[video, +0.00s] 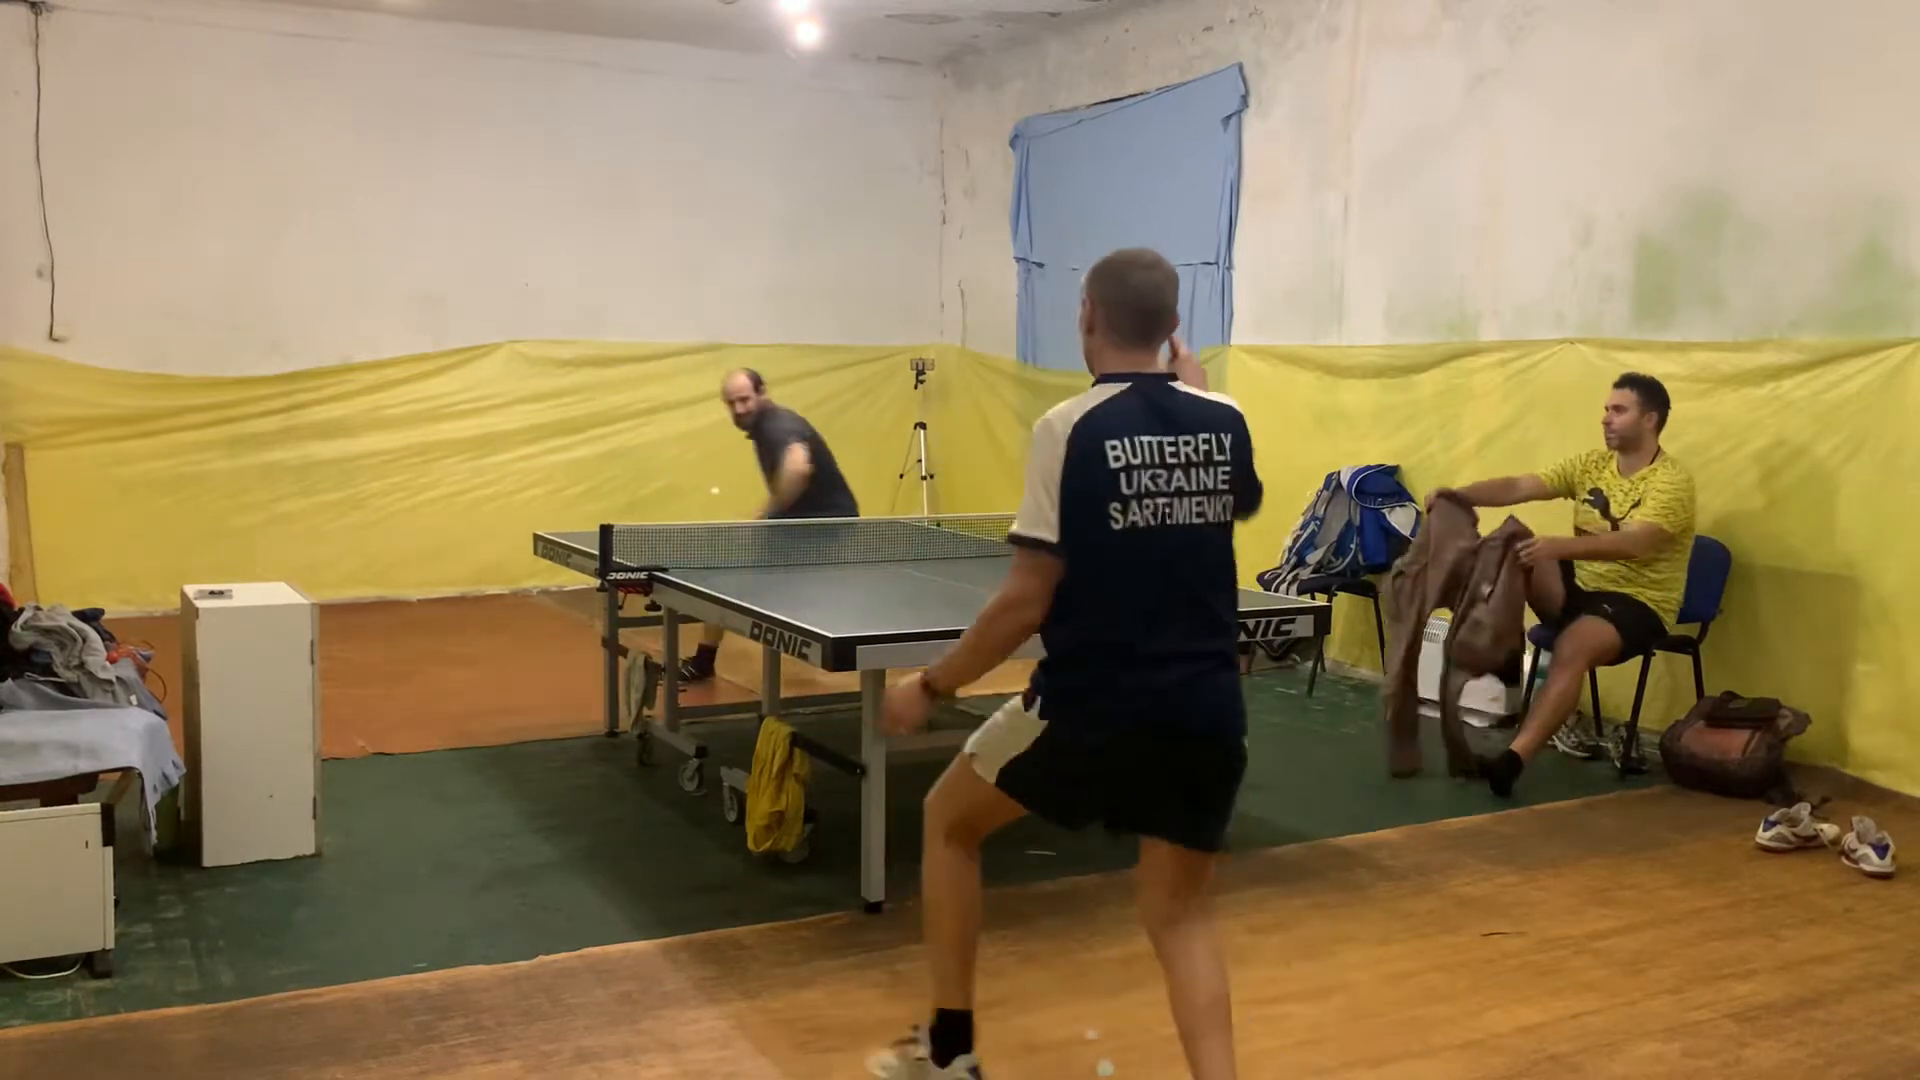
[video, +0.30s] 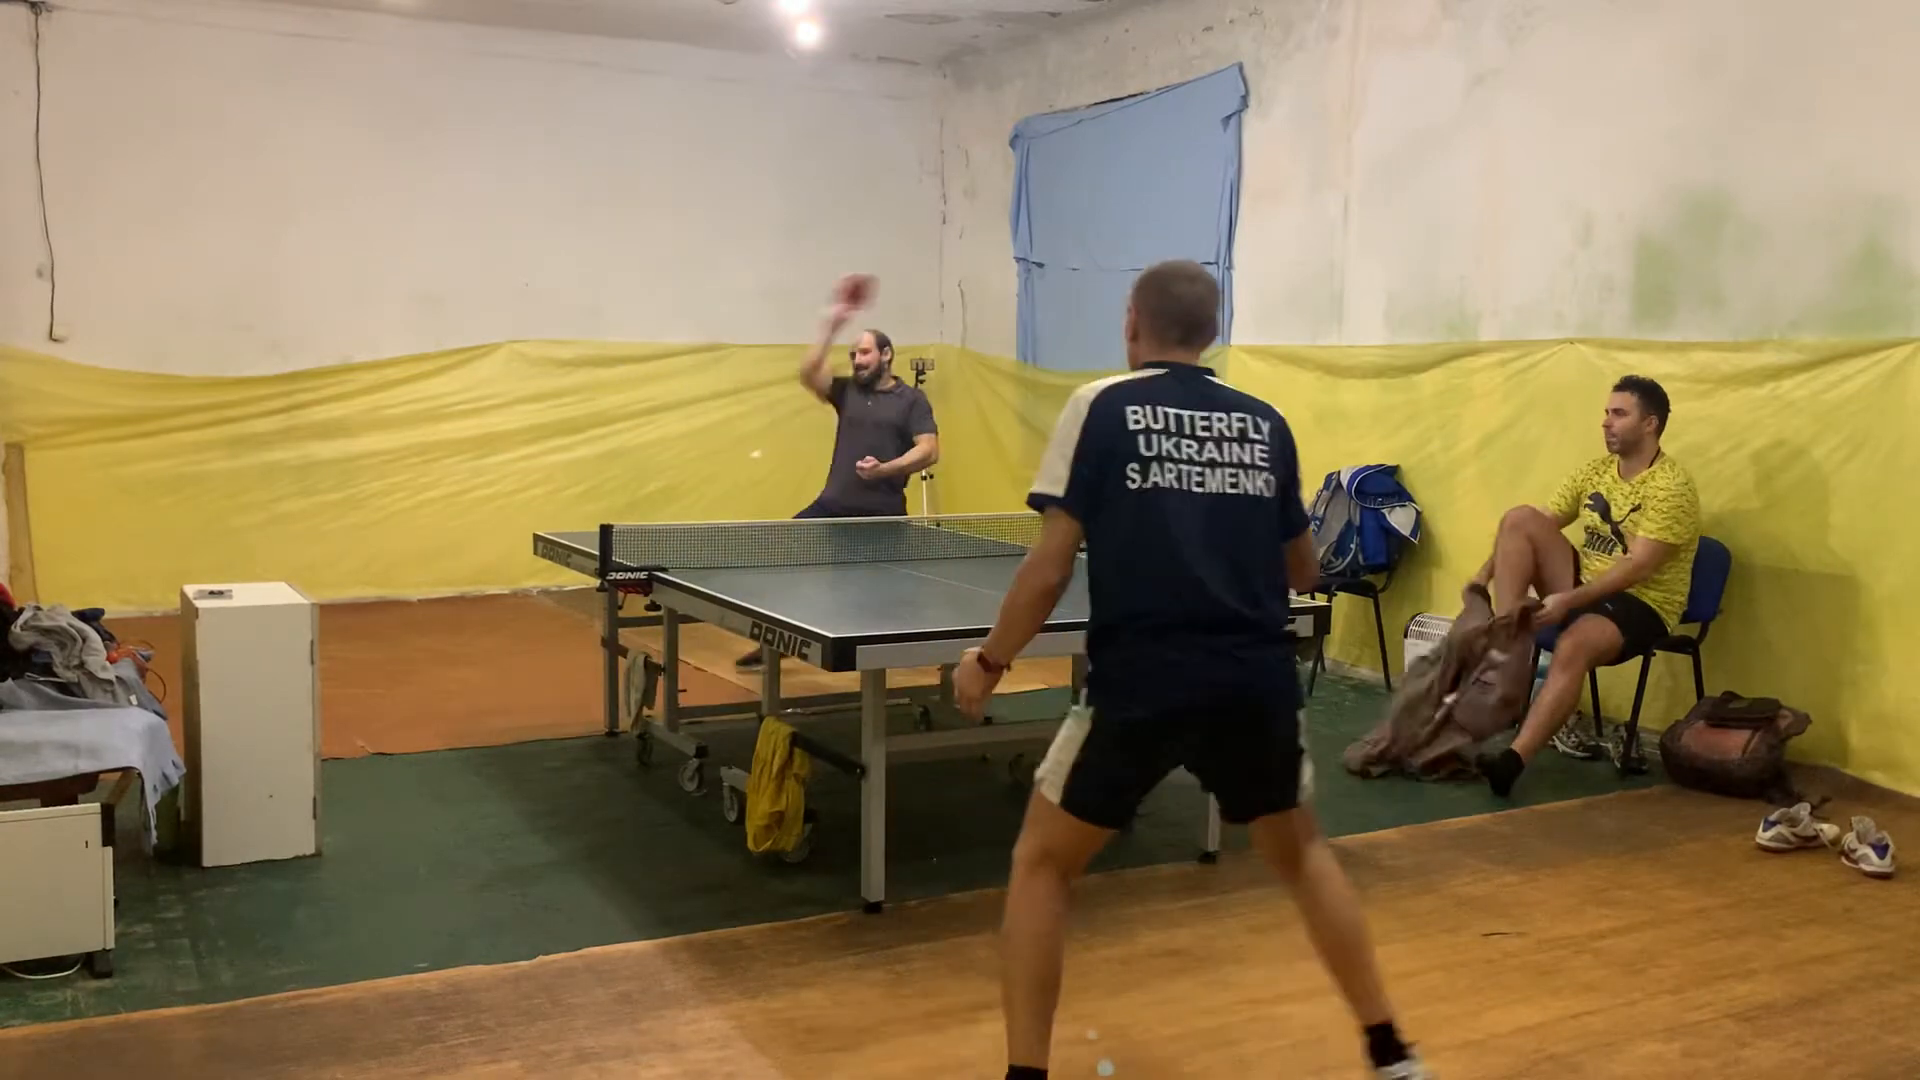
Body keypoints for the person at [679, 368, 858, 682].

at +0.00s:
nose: (738, 410)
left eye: (744, 400)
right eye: (731, 403)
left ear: (762, 395)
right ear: (725, 404)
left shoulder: (779, 423)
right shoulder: (763, 427)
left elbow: (798, 469)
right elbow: (785, 478)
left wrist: (768, 513)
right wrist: (770, 514)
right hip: (800, 525)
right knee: (722, 567)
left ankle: (704, 659)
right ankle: (704, 658)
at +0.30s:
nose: (857, 358)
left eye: (864, 351)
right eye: (853, 353)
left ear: (886, 355)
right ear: (851, 358)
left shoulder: (912, 399)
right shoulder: (845, 391)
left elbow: (928, 450)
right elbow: (810, 374)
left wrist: (886, 468)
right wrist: (834, 323)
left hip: (882, 515)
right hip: (830, 509)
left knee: (905, 587)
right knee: (778, 557)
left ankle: (948, 662)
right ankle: (772, 643)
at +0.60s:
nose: (839, 351)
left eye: (846, 344)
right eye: (831, 346)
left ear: (859, 347)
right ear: (823, 352)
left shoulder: (884, 386)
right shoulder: (815, 394)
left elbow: (921, 429)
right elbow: (777, 439)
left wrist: (898, 463)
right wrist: (787, 412)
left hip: (887, 502)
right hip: (835, 502)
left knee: (925, 573)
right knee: (803, 570)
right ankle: (797, 655)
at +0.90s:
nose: (756, 344)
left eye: (763, 336)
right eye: (749, 338)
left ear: (778, 335)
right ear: (741, 343)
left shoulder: (809, 372)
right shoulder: (744, 381)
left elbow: (852, 411)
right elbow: (722, 428)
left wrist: (843, 466)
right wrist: (699, 460)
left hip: (813, 488)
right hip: (765, 486)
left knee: (831, 563)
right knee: (725, 551)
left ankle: (837, 637)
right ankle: (715, 639)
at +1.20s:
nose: (627, 345)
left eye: (633, 336)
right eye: (618, 339)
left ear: (646, 335)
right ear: (610, 344)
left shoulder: (679, 366)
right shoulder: (614, 388)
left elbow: (728, 398)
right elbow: (598, 424)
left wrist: (713, 440)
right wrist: (590, 453)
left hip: (711, 474)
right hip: (668, 479)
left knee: (742, 543)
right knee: (641, 546)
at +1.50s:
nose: (589, 353)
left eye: (595, 346)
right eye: (580, 348)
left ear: (602, 348)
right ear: (565, 351)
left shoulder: (622, 390)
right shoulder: (545, 396)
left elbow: (654, 424)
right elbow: (514, 447)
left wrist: (641, 477)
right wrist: (541, 468)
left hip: (610, 501)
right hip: (559, 502)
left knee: (662, 565)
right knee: (520, 582)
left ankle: (644, 624)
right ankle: (481, 653)